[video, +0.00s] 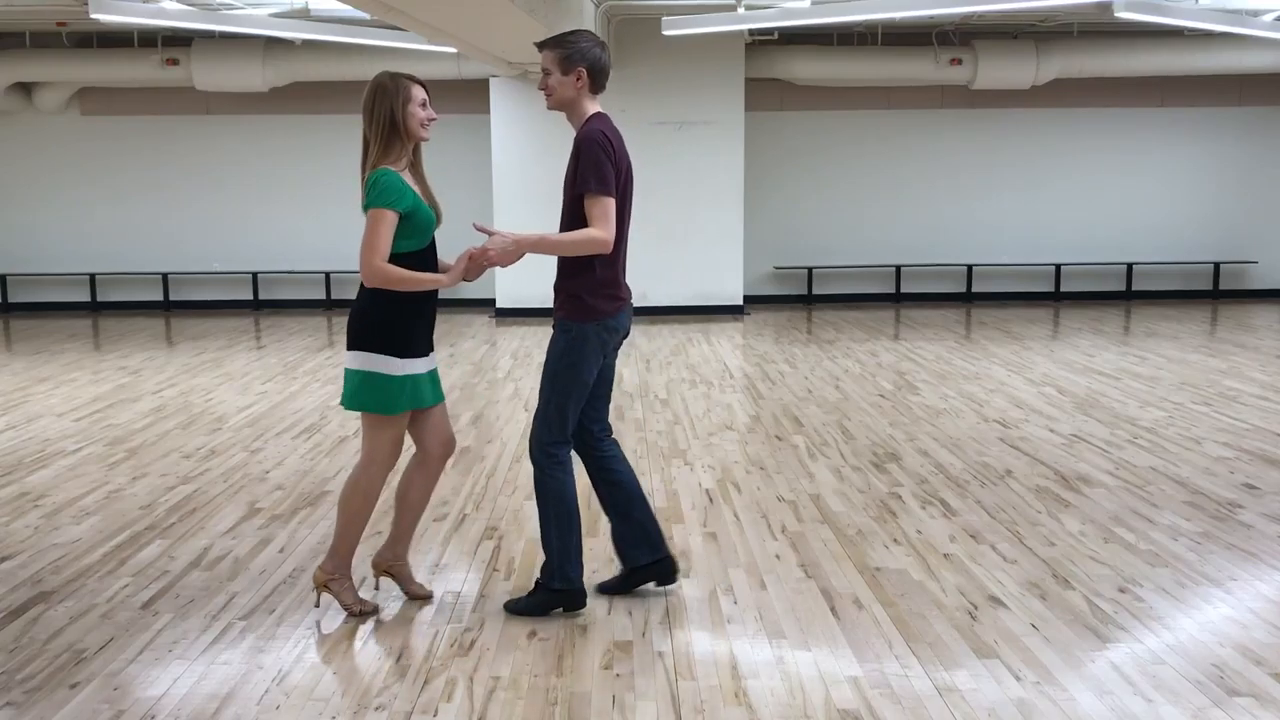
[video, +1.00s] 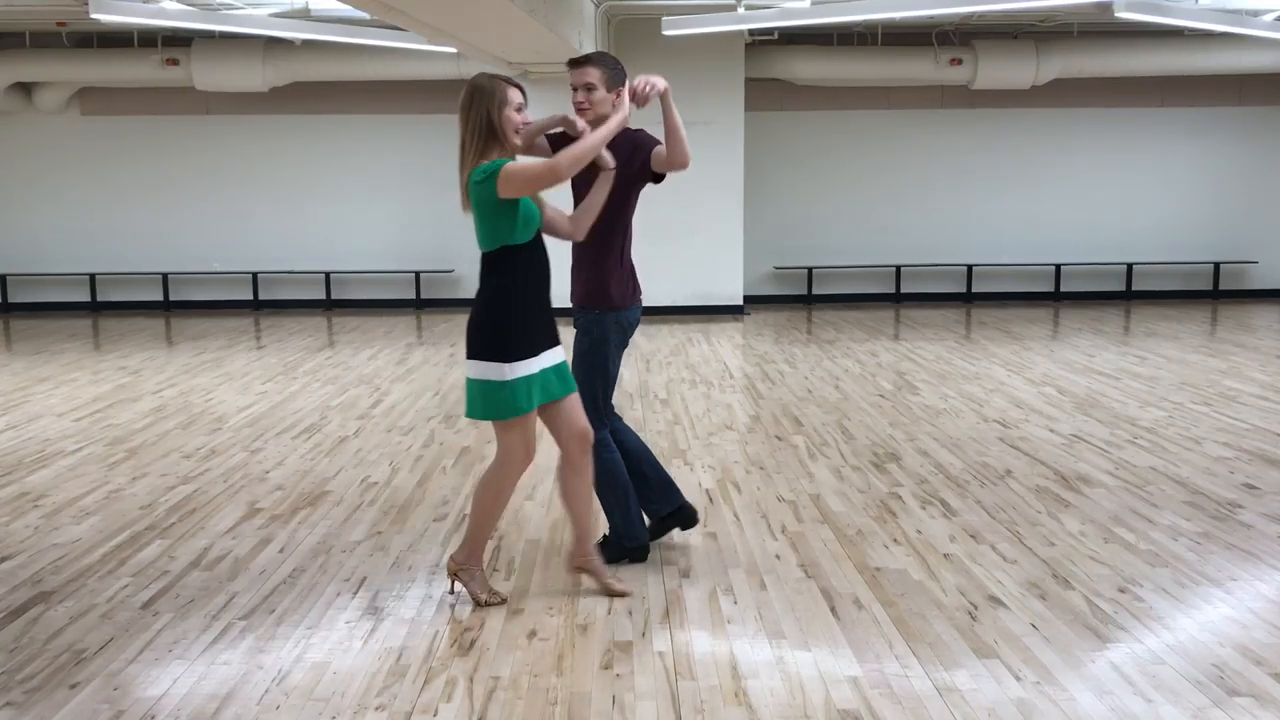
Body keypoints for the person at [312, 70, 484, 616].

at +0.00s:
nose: (430, 113)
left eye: (428, 105)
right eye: (420, 106)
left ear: (405, 115)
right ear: (395, 114)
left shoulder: (407, 177)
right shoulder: (389, 182)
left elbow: (406, 263)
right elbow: (372, 270)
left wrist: (458, 268)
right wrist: (446, 277)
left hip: (410, 335)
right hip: (384, 337)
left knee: (437, 446)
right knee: (379, 455)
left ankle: (394, 553)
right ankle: (335, 568)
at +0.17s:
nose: (432, 112)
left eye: (430, 103)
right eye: (422, 103)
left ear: (410, 113)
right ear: (396, 112)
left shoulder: (405, 175)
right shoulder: (393, 181)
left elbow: (407, 263)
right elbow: (395, 272)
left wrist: (466, 264)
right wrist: (471, 267)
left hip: (410, 331)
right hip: (395, 333)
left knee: (419, 444)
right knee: (411, 447)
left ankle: (375, 557)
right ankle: (348, 560)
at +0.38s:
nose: (442, 111)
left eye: (439, 102)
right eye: (431, 103)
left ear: (409, 113)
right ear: (405, 112)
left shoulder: (409, 174)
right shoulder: (403, 177)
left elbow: (437, 246)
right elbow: (440, 263)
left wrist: (493, 229)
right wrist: (510, 244)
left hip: (398, 330)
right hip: (412, 334)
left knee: (415, 444)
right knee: (460, 440)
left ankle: (374, 556)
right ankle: (420, 557)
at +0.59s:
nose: (460, 111)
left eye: (458, 102)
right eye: (451, 103)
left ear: (429, 113)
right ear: (427, 112)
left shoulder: (432, 173)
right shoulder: (425, 177)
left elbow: (474, 231)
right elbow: (483, 249)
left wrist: (519, 198)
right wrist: (561, 219)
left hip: (427, 328)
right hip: (440, 332)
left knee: (428, 443)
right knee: (484, 439)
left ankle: (379, 553)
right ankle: (467, 560)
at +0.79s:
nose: (487, 113)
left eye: (486, 104)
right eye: (478, 104)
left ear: (472, 112)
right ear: (453, 111)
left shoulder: (468, 174)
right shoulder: (453, 176)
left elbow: (516, 242)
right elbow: (521, 225)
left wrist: (555, 192)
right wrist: (592, 185)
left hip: (491, 326)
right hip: (470, 329)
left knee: (514, 444)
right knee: (497, 446)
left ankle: (435, 534)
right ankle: (467, 561)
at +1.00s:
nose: (526, 115)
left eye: (524, 107)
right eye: (516, 107)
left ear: (504, 117)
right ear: (492, 116)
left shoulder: (518, 184)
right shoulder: (491, 176)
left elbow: (575, 228)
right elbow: (559, 167)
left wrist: (608, 172)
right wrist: (617, 115)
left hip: (536, 328)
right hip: (500, 332)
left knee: (578, 437)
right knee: (517, 450)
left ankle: (585, 550)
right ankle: (467, 559)